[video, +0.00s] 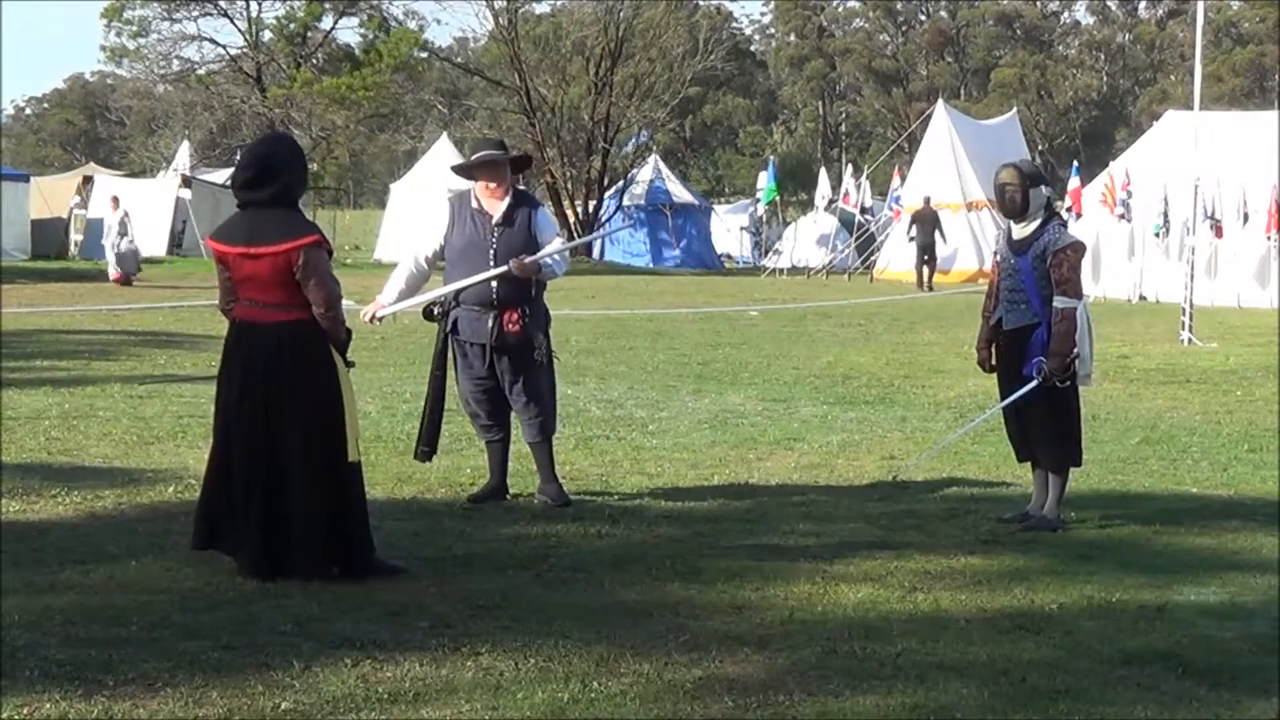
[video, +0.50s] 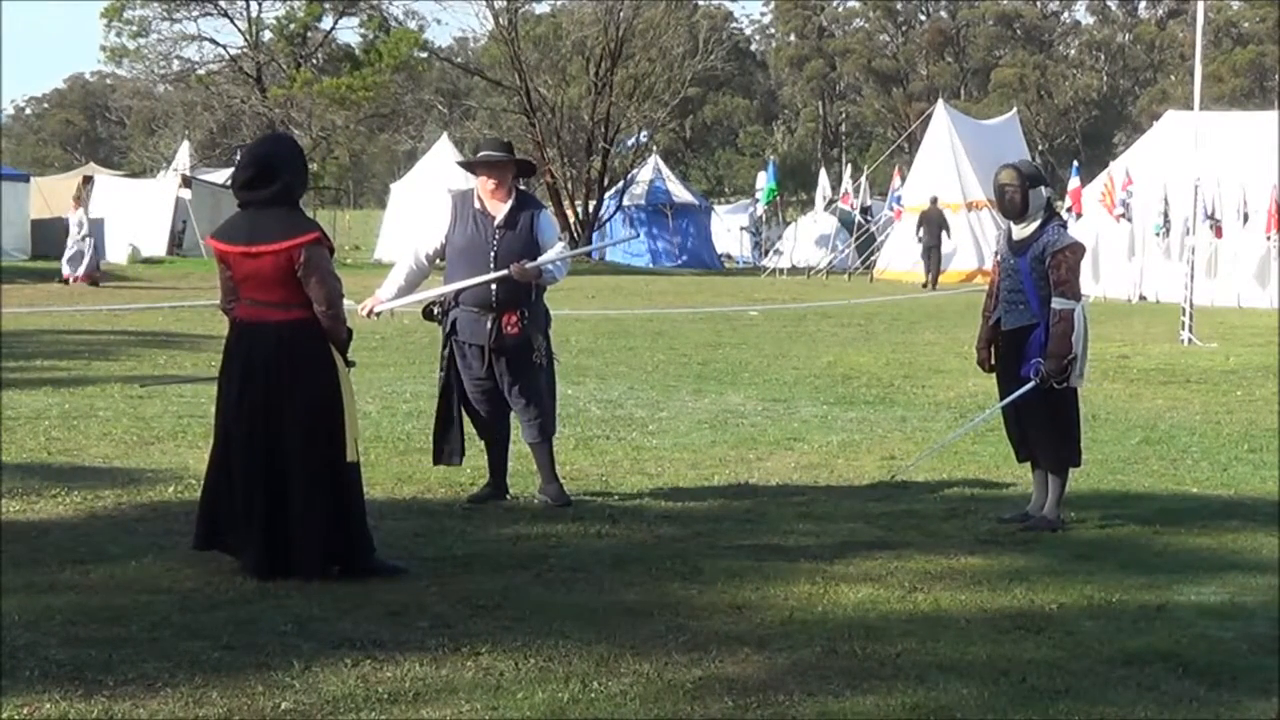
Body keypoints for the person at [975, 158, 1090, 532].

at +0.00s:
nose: (1004, 197)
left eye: (1012, 190)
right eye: (1001, 190)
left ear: (1036, 194)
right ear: (998, 194)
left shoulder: (1057, 238)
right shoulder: (1007, 236)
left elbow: (1067, 302)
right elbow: (996, 291)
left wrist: (1059, 356)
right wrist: (986, 337)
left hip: (1045, 339)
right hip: (1012, 340)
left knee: (1052, 418)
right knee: (1025, 417)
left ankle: (1053, 508)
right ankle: (1038, 501)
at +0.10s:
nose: (1003, 198)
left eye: (1011, 190)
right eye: (1000, 191)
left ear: (1035, 194)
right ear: (997, 195)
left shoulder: (1057, 238)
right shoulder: (1007, 236)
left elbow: (1067, 301)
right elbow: (996, 290)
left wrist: (1059, 354)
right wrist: (986, 337)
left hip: (1045, 339)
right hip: (1012, 340)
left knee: (1051, 418)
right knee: (1026, 417)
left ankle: (1053, 508)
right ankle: (1038, 501)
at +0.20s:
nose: (1004, 198)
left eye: (1012, 191)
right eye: (1000, 191)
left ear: (1035, 194)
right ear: (997, 196)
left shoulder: (1057, 238)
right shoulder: (1007, 235)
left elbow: (1066, 302)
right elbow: (996, 290)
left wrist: (1059, 355)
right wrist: (986, 336)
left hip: (1045, 339)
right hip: (1012, 340)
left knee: (1051, 419)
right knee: (1026, 418)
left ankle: (1053, 508)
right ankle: (1038, 502)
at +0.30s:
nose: (1004, 198)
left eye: (1012, 191)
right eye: (1000, 191)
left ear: (1035, 194)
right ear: (997, 196)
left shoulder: (1057, 238)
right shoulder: (1007, 235)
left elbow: (1066, 302)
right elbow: (996, 290)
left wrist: (1058, 355)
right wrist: (986, 336)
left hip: (1044, 339)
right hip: (1011, 340)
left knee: (1051, 418)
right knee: (1026, 417)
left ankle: (1053, 508)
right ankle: (1038, 502)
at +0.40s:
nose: (1004, 198)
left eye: (1012, 191)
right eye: (1000, 191)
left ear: (1035, 194)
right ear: (998, 196)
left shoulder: (1057, 238)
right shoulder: (1007, 236)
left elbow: (1065, 302)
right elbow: (996, 290)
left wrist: (1058, 355)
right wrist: (986, 336)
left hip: (1044, 339)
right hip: (1011, 340)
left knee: (1051, 419)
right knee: (1026, 418)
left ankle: (1053, 508)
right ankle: (1038, 502)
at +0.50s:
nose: (1004, 198)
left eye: (1012, 191)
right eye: (1000, 191)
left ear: (1035, 194)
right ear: (997, 196)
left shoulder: (1056, 238)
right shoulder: (1008, 236)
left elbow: (1065, 302)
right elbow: (996, 290)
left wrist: (1058, 354)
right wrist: (986, 336)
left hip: (1044, 339)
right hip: (1011, 339)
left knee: (1051, 419)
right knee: (1025, 418)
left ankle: (1053, 508)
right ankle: (1038, 502)